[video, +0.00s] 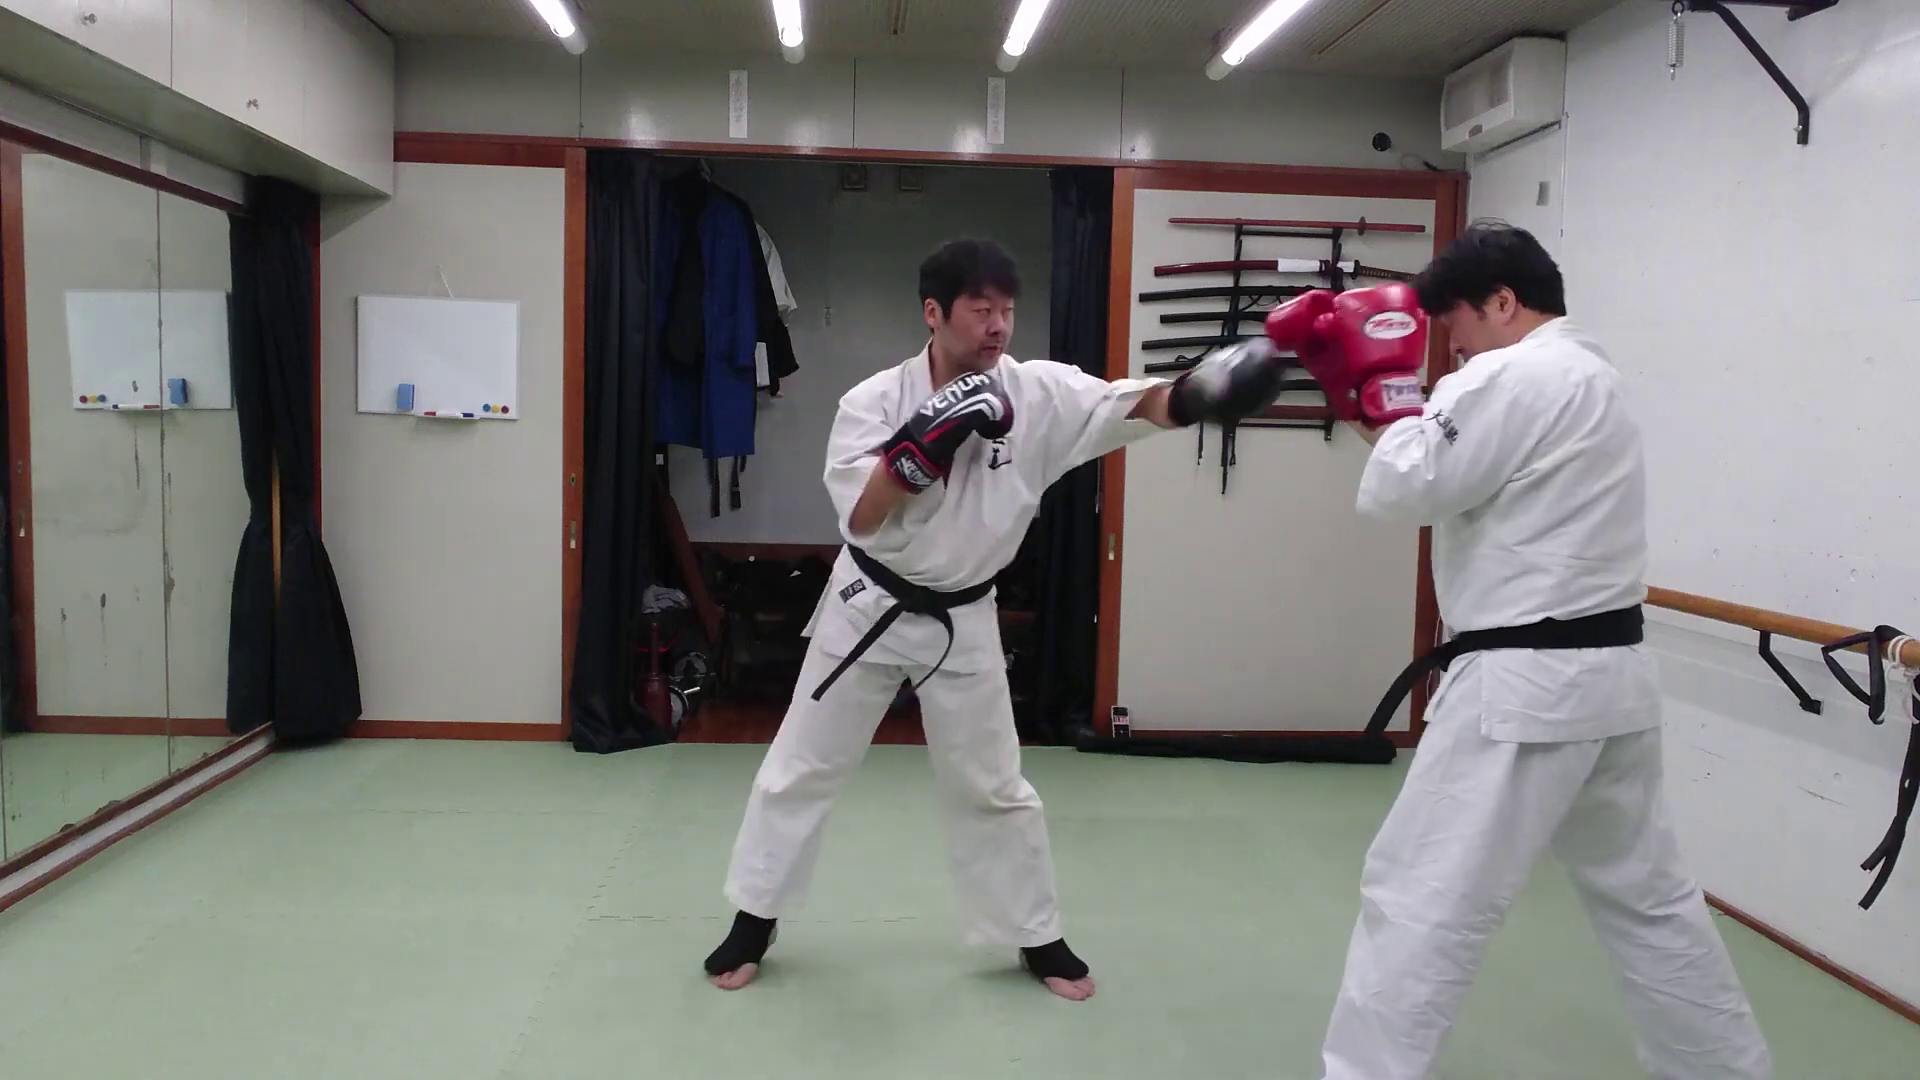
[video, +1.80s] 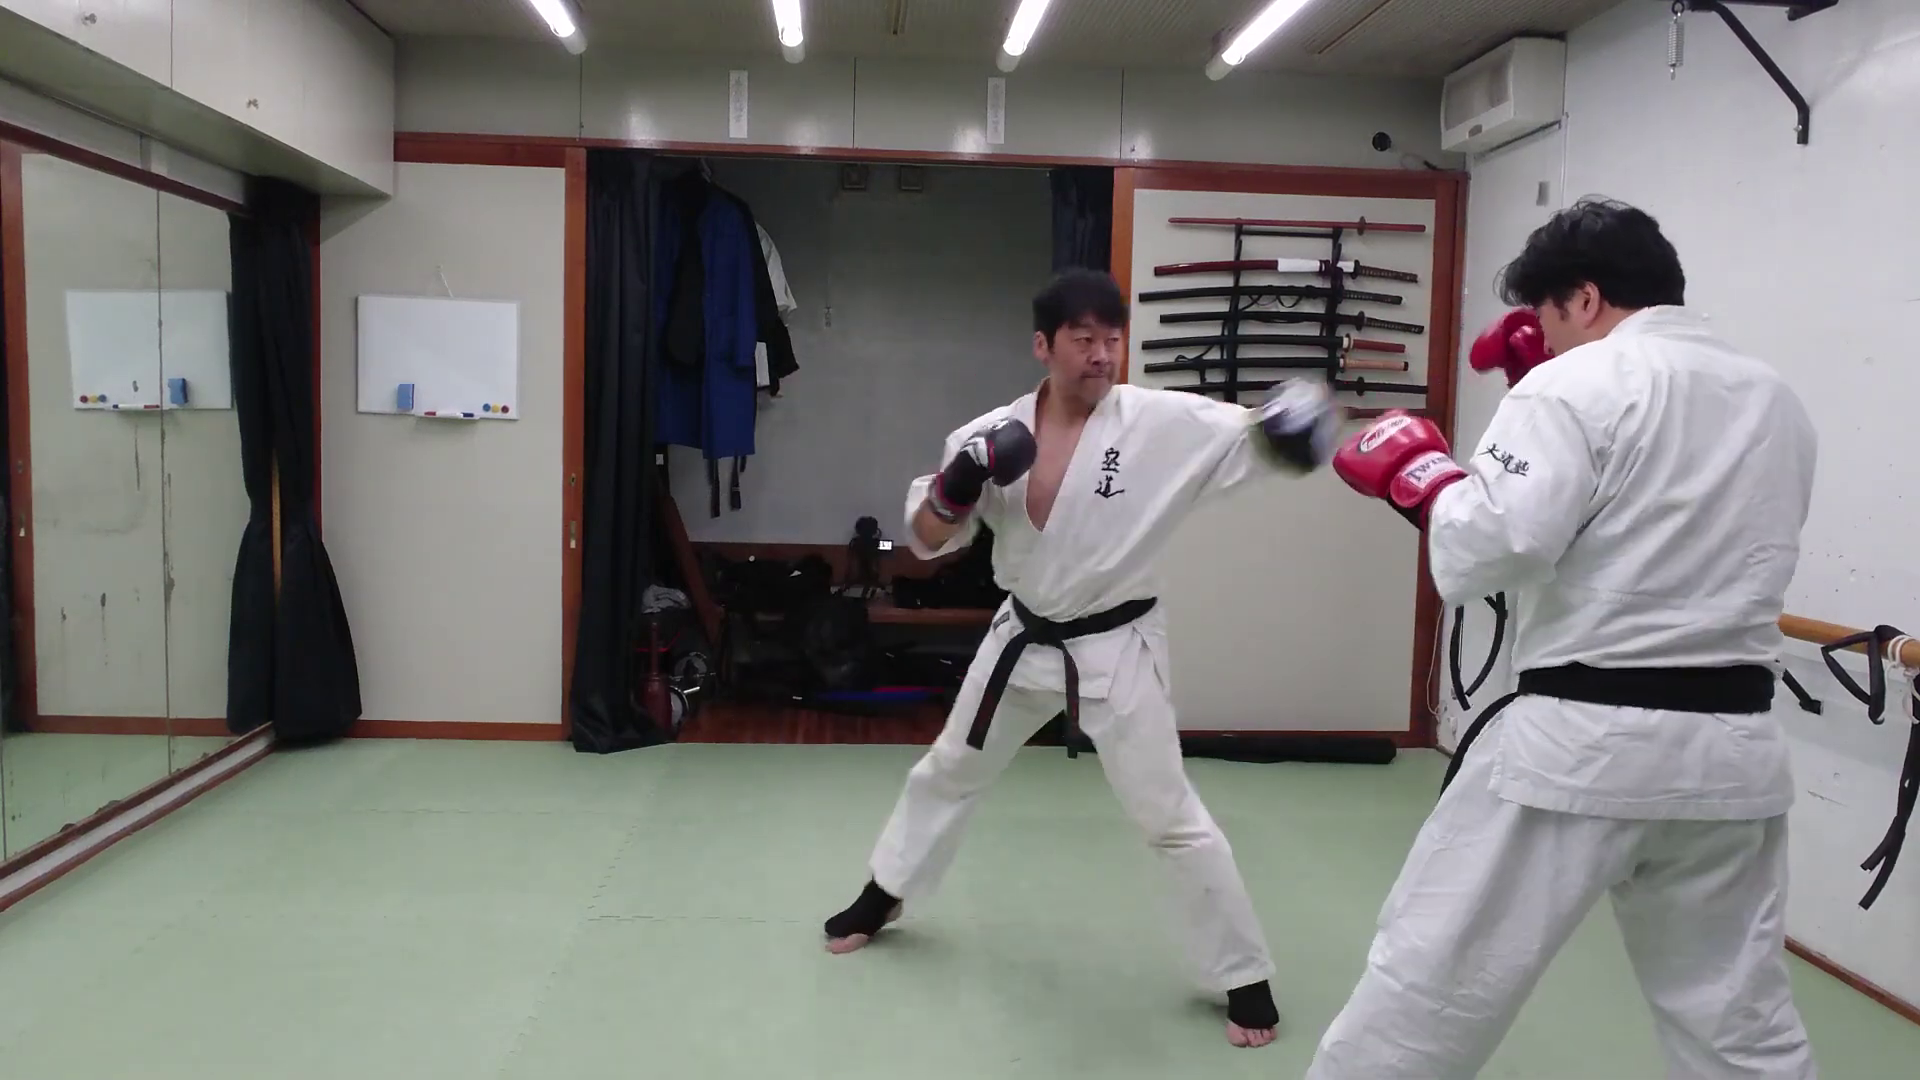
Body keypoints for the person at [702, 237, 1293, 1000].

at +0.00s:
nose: (998, 326)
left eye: (1006, 311)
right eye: (981, 309)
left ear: (1012, 315)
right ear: (934, 312)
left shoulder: (1040, 390)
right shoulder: (875, 403)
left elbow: (1137, 404)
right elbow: (861, 518)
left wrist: (1215, 386)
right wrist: (925, 441)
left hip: (968, 617)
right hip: (868, 604)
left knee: (996, 788)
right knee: (801, 767)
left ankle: (1040, 938)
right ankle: (754, 919)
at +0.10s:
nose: (1012, 322)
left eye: (1020, 308)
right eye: (995, 305)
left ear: (1026, 314)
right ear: (948, 307)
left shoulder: (1053, 395)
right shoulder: (888, 396)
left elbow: (1141, 453)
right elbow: (876, 510)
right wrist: (950, 437)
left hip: (987, 616)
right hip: (885, 604)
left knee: (1013, 785)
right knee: (817, 762)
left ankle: (1043, 938)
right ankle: (781, 901)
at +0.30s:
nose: (1009, 335)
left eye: (1017, 322)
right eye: (998, 317)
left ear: (1018, 326)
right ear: (947, 310)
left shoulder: (1021, 408)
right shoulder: (876, 395)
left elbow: (1039, 499)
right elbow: (869, 508)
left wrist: (1084, 489)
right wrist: (942, 435)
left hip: (977, 613)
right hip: (877, 605)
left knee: (1018, 775)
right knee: (826, 763)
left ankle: (1046, 936)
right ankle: (795, 894)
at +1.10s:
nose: (979, 393)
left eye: (987, 379)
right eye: (962, 378)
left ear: (994, 379)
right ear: (917, 379)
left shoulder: (1016, 436)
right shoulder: (868, 466)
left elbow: (1065, 502)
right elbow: (869, 591)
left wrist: (1073, 542)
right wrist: (940, 530)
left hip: (1009, 639)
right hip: (906, 644)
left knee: (1060, 796)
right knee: (848, 794)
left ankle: (1122, 958)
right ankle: (804, 911)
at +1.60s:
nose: (1046, 381)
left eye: (1054, 365)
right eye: (1030, 363)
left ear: (1061, 371)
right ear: (984, 366)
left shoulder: (1078, 452)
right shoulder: (929, 454)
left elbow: (1119, 567)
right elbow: (947, 563)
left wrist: (1147, 538)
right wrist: (1010, 480)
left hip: (1062, 647)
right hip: (955, 649)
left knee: (1128, 786)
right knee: (891, 806)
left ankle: (1154, 956)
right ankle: (864, 914)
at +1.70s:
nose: (1065, 376)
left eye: (1073, 360)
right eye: (1047, 361)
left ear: (1083, 365)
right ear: (1004, 363)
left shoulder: (1111, 444)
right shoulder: (948, 455)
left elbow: (1203, 526)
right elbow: (908, 567)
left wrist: (1178, 509)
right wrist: (955, 509)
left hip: (1088, 652)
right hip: (981, 651)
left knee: (1137, 812)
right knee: (905, 801)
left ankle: (1225, 977)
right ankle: (866, 915)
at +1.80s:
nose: (1100, 355)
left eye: (1112, 341)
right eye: (1083, 340)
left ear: (1125, 347)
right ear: (1044, 345)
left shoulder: (1158, 420)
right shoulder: (995, 433)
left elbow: (1263, 439)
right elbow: (926, 541)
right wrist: (956, 485)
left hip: (1118, 642)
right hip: (1020, 635)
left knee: (1169, 819)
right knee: (948, 768)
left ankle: (1246, 979)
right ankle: (882, 893)